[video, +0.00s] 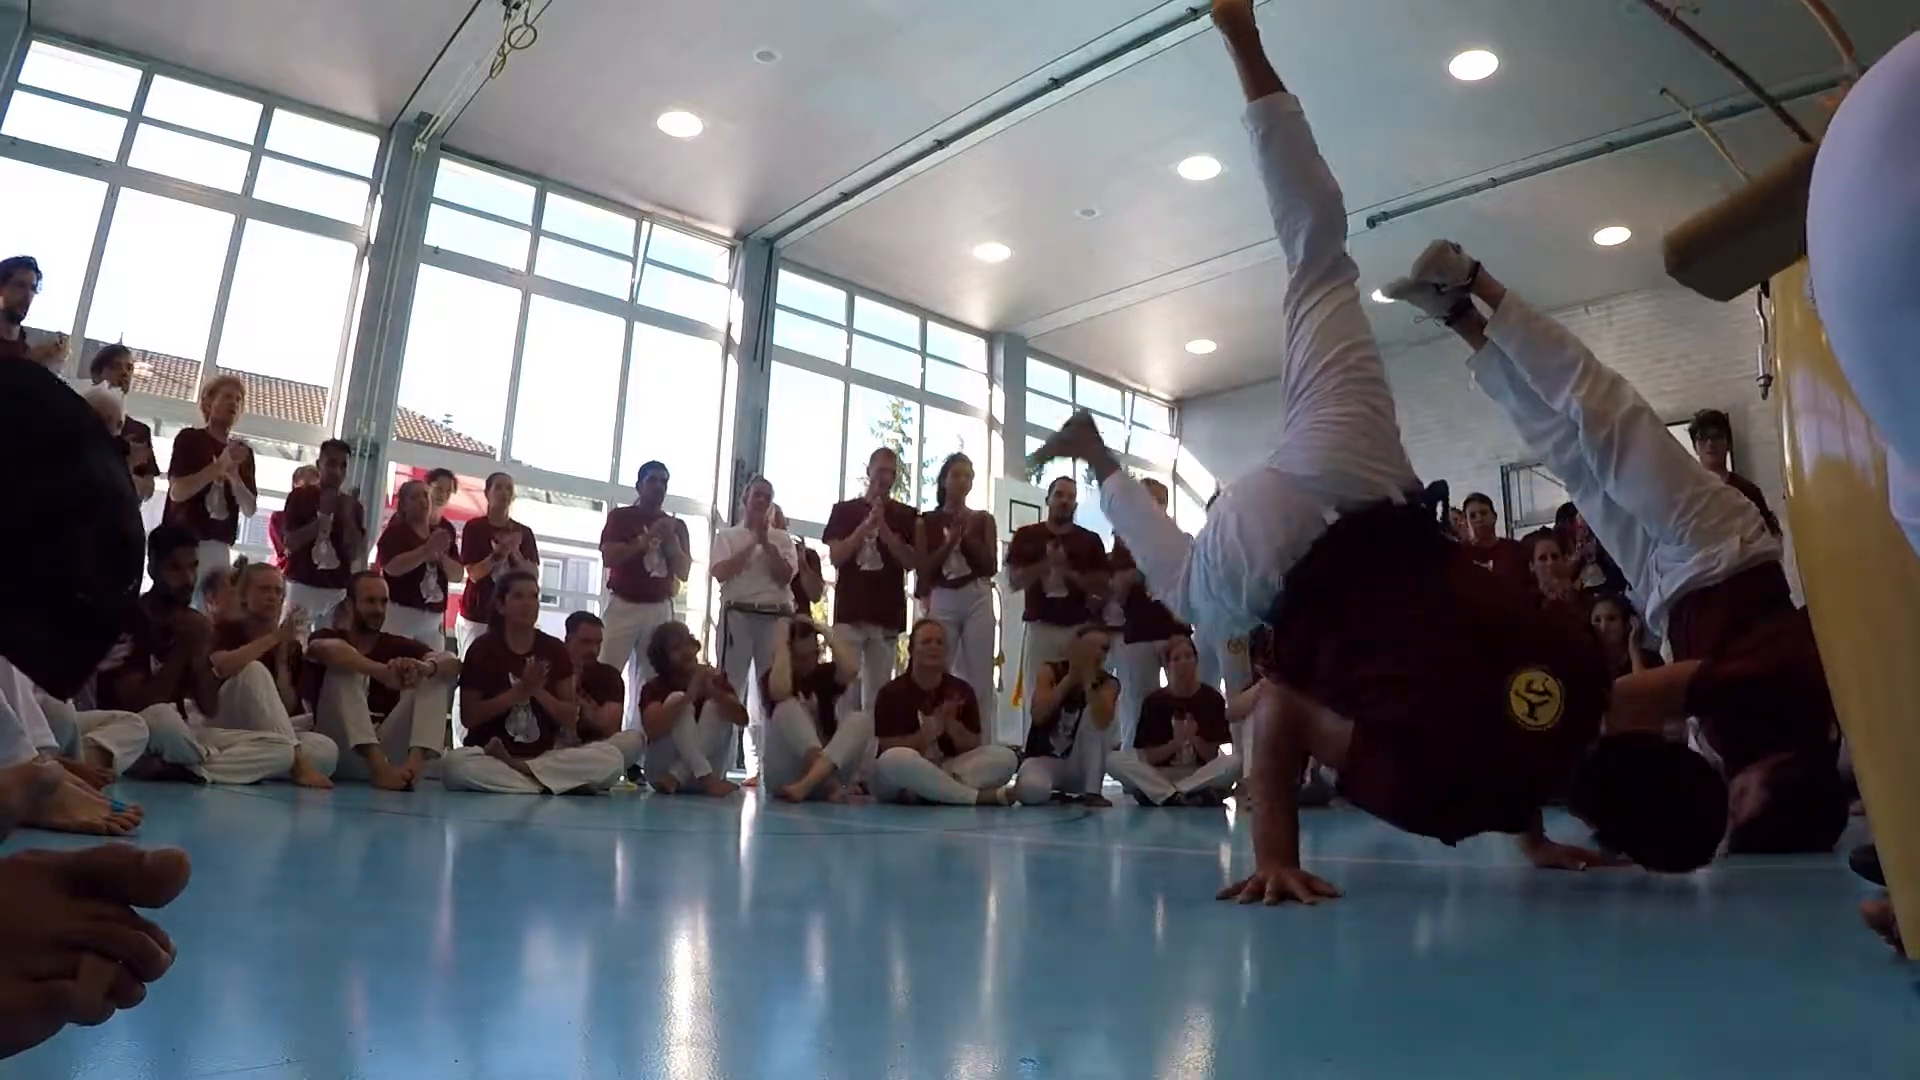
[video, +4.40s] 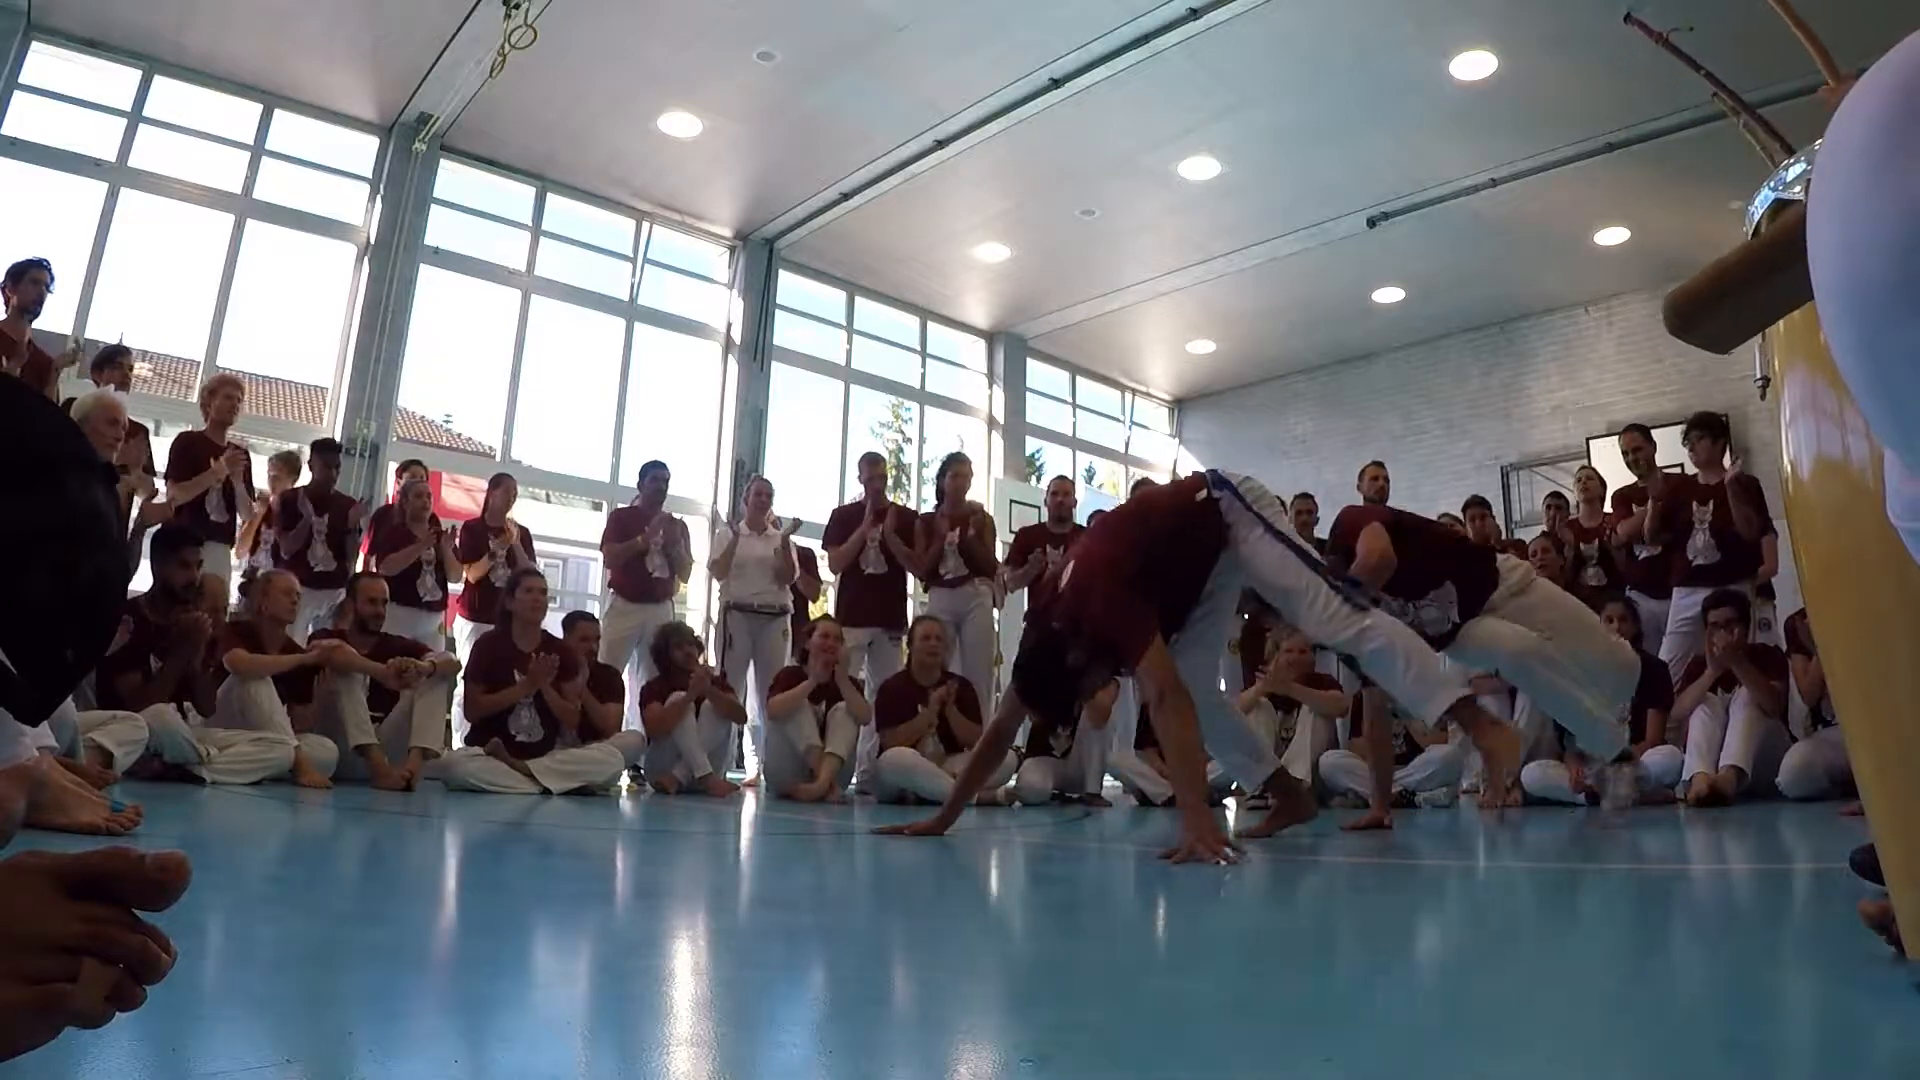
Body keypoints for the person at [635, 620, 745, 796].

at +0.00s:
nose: (687, 651)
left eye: (689, 643)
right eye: (676, 648)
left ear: (695, 646)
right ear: (663, 657)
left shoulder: (715, 679)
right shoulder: (653, 688)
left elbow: (742, 719)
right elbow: (652, 729)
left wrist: (713, 691)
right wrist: (689, 696)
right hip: (664, 772)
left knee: (716, 705)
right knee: (676, 700)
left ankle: (677, 776)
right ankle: (706, 776)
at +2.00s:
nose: (686, 652)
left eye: (689, 645)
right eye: (677, 648)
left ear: (698, 647)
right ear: (666, 656)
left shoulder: (716, 680)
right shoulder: (655, 686)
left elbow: (742, 719)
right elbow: (652, 729)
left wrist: (712, 688)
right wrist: (688, 701)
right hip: (664, 771)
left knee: (719, 704)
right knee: (678, 699)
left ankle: (678, 776)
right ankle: (708, 776)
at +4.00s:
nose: (688, 655)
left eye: (691, 647)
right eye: (679, 651)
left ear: (699, 650)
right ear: (667, 658)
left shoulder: (714, 681)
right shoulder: (655, 687)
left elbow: (742, 718)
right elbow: (653, 727)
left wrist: (711, 690)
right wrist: (694, 693)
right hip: (664, 772)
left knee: (717, 705)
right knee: (678, 700)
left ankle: (678, 776)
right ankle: (707, 775)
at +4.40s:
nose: (688, 650)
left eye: (690, 644)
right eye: (679, 647)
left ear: (697, 647)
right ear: (666, 654)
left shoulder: (714, 681)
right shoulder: (653, 687)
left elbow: (741, 717)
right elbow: (654, 729)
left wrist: (709, 690)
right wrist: (689, 696)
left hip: (710, 769)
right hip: (664, 771)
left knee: (717, 704)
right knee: (677, 700)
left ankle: (678, 776)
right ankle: (706, 776)